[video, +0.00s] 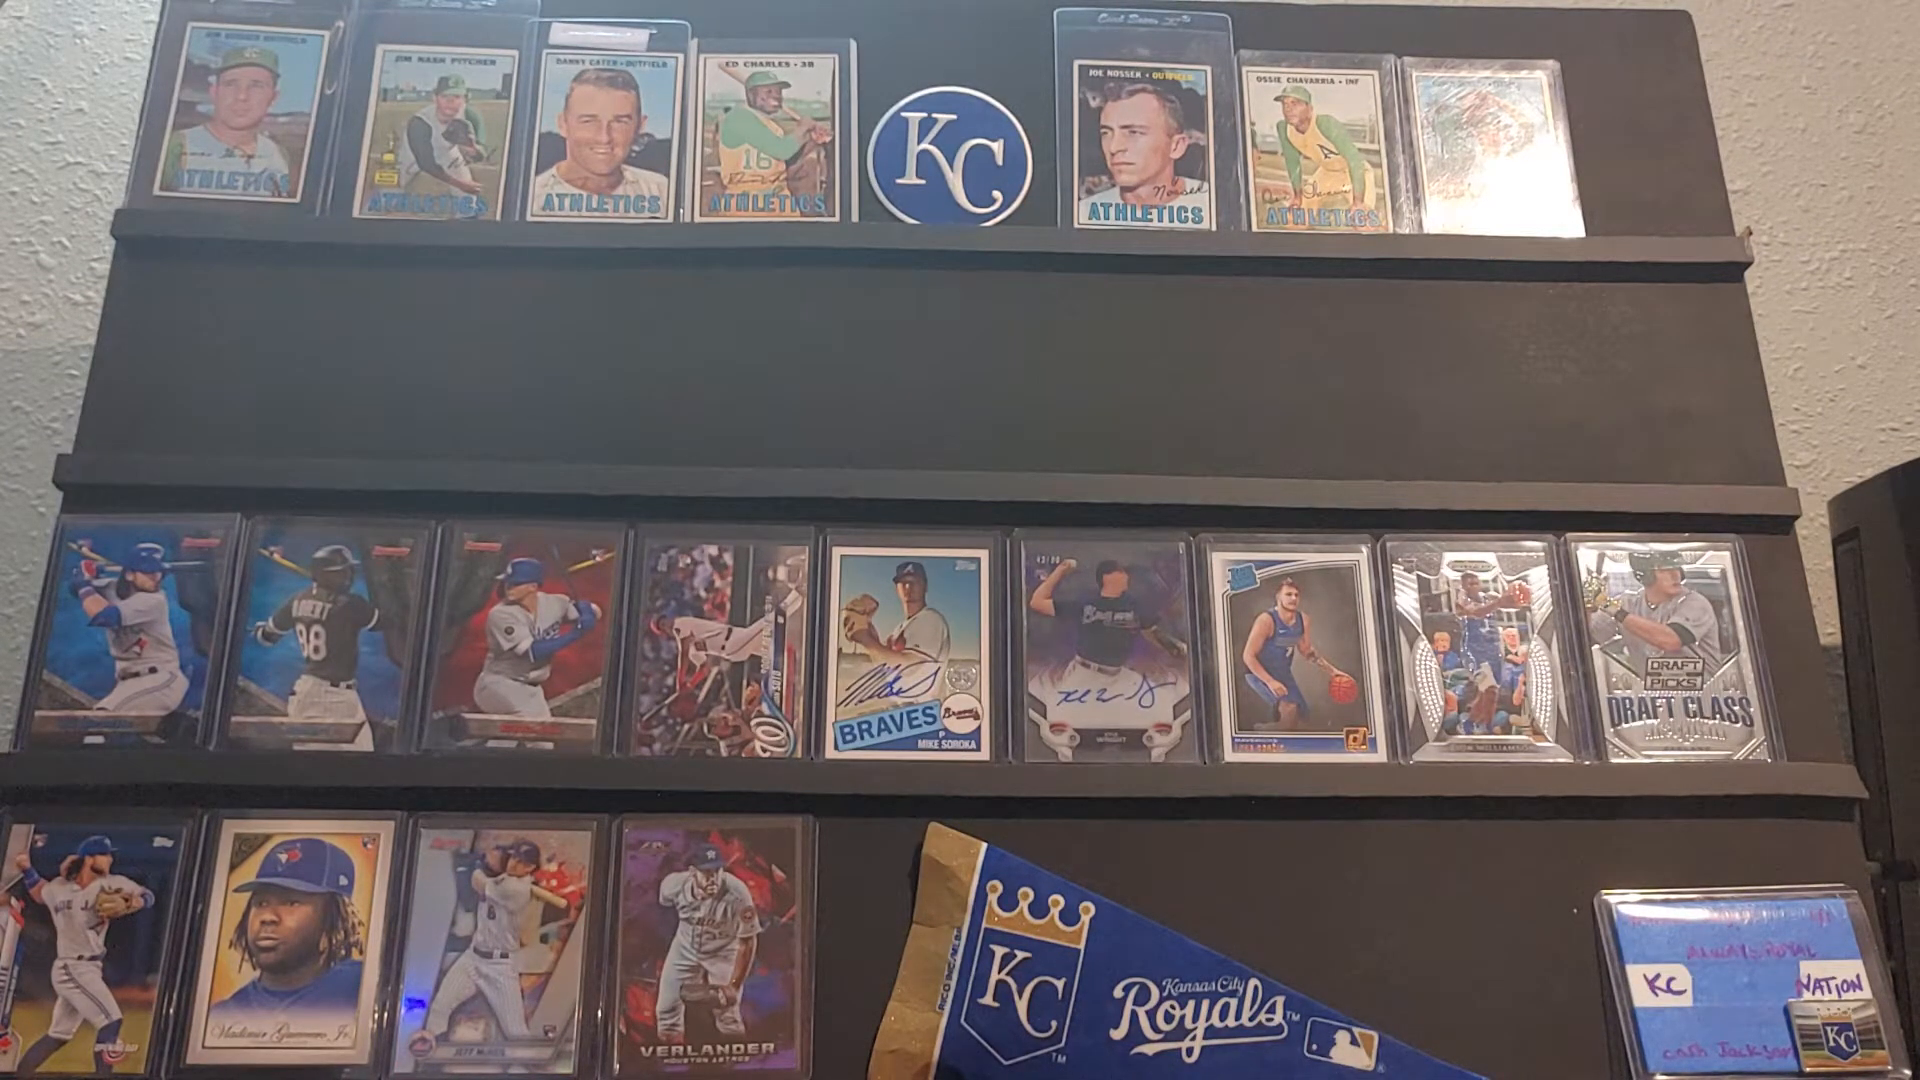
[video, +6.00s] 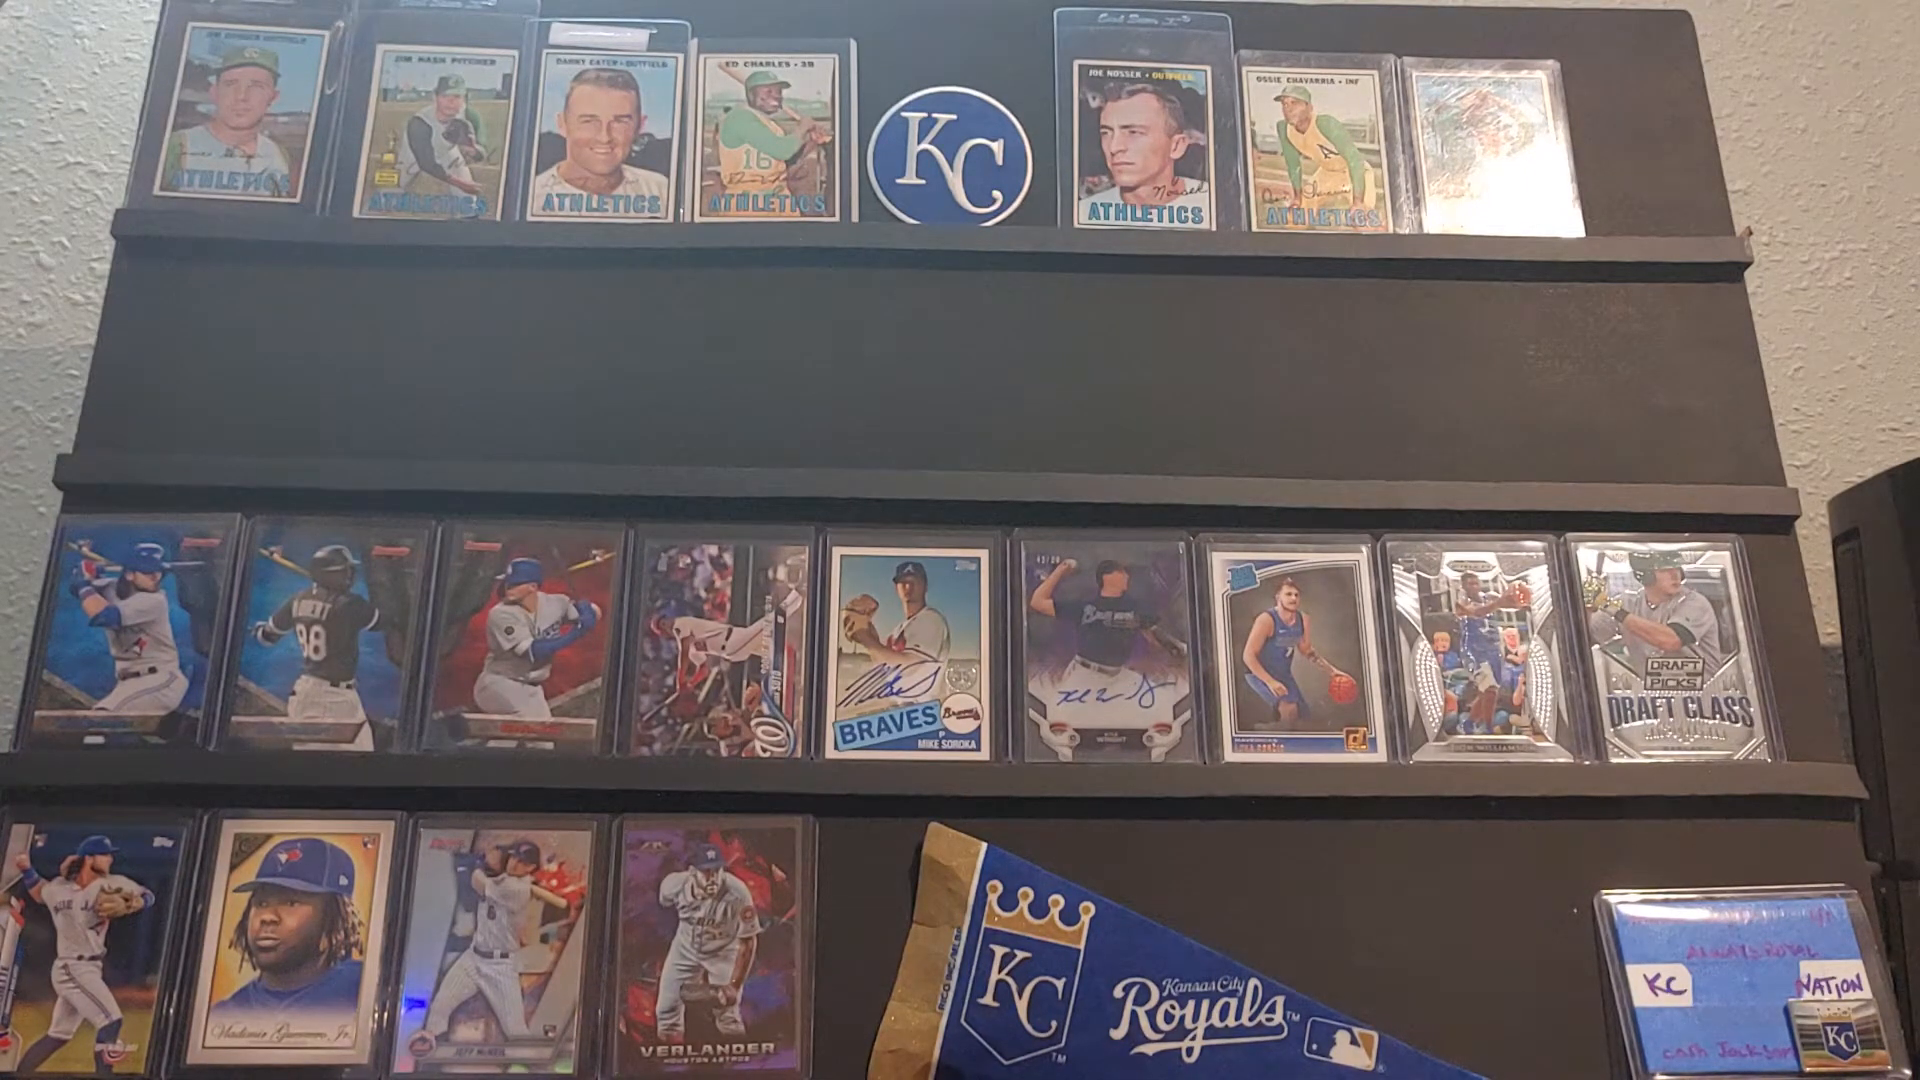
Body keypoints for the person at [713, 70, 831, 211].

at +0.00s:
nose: (777, 98)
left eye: (778, 93)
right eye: (770, 93)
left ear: (782, 93)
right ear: (752, 95)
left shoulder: (775, 127)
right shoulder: (738, 118)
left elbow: (784, 170)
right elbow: (782, 151)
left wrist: (811, 143)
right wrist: (802, 128)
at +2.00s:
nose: (777, 98)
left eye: (778, 92)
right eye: (769, 92)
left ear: (782, 93)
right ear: (752, 95)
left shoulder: (773, 126)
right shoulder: (739, 119)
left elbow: (785, 166)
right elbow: (783, 151)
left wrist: (811, 144)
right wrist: (803, 128)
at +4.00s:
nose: (776, 97)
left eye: (778, 92)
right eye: (769, 92)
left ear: (782, 93)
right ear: (752, 94)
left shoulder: (773, 126)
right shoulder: (739, 118)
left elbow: (785, 168)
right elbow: (783, 151)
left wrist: (811, 143)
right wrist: (803, 128)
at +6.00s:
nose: (776, 97)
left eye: (779, 92)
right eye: (769, 92)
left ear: (782, 94)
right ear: (751, 95)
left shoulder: (775, 128)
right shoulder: (738, 118)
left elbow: (783, 168)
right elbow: (782, 151)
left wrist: (811, 143)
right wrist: (802, 129)